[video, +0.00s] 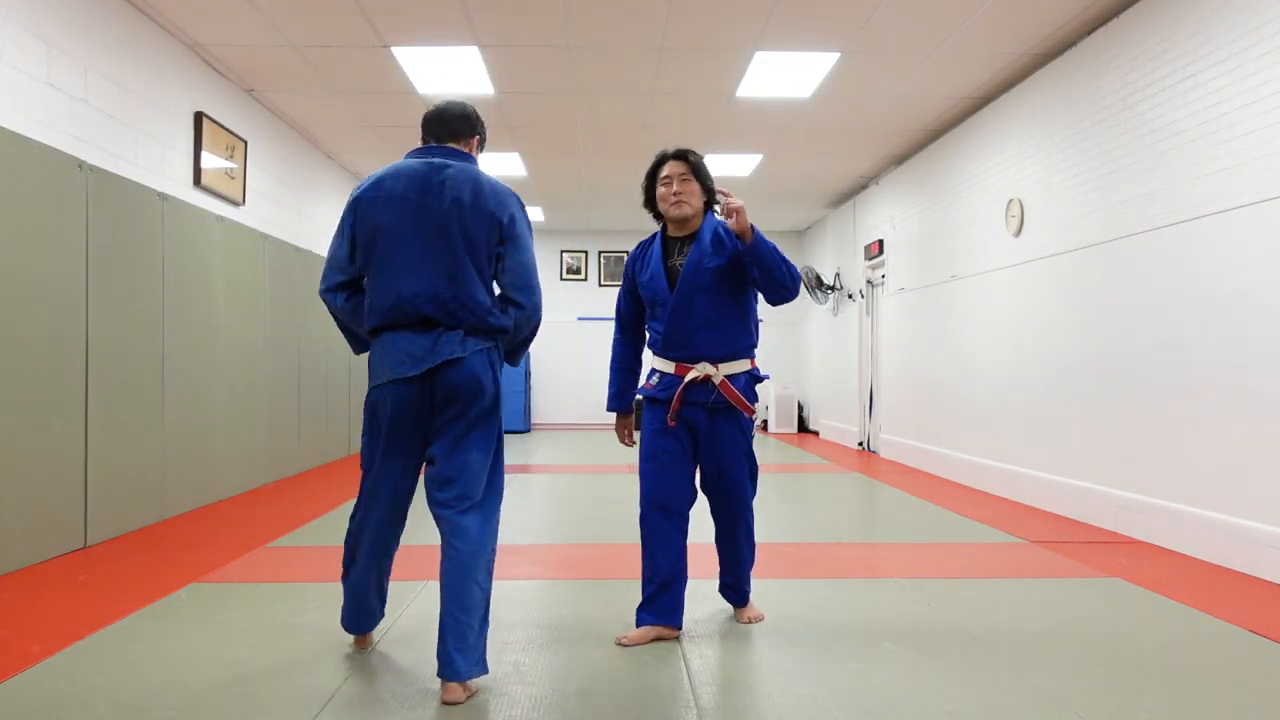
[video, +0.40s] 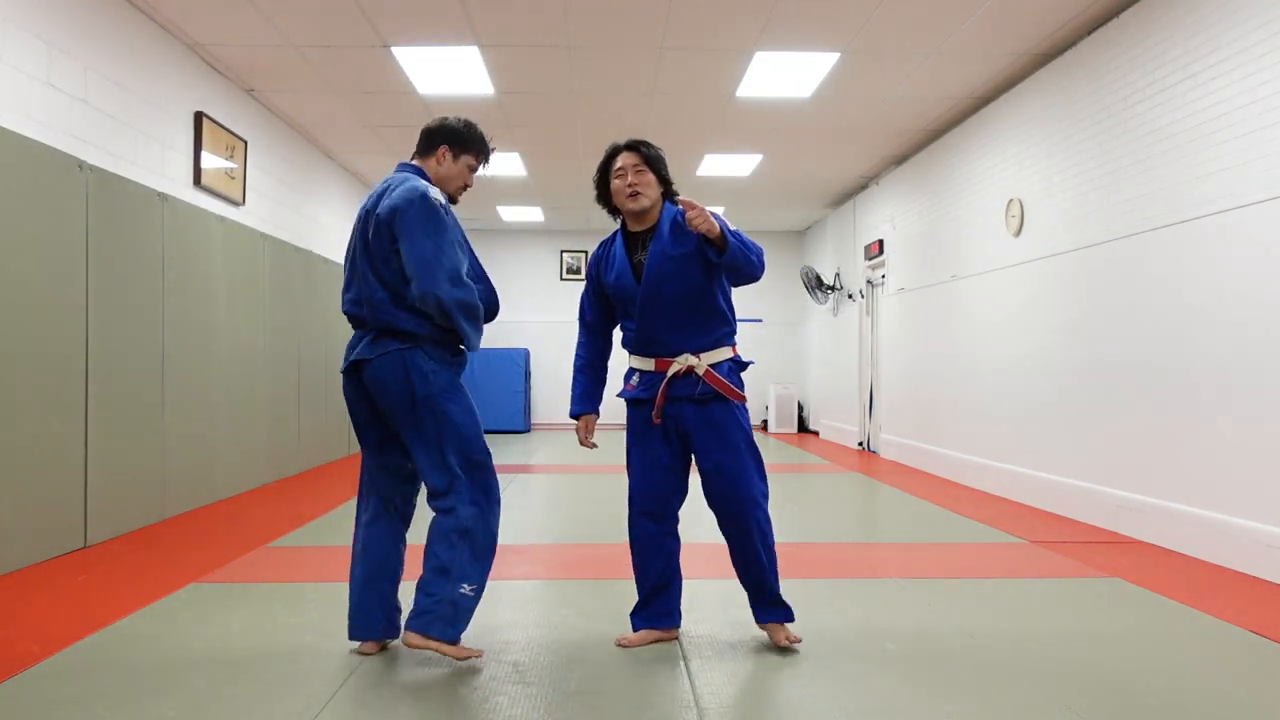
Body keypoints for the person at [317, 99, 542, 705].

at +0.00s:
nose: (482, 155)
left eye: (479, 147)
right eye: (483, 147)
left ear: (421, 138)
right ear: (474, 143)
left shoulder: (372, 190)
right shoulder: (497, 198)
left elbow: (336, 284)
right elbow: (527, 299)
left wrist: (374, 337)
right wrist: (500, 351)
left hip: (395, 363)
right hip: (469, 363)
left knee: (381, 497)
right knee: (467, 511)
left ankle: (360, 619)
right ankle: (458, 673)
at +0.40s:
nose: (471, 183)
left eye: (476, 173)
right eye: (471, 169)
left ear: (435, 156)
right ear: (442, 155)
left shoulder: (380, 198)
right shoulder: (417, 197)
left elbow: (358, 293)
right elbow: (442, 286)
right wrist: (473, 318)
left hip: (367, 364)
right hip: (416, 363)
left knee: (385, 493)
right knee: (469, 489)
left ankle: (371, 628)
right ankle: (434, 624)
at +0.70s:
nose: (480, 187)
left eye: (486, 177)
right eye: (479, 173)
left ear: (448, 162)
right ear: (448, 157)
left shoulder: (429, 203)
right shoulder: (415, 198)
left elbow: (462, 279)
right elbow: (420, 283)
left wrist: (472, 325)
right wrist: (465, 327)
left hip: (402, 361)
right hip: (415, 365)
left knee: (402, 487)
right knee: (431, 491)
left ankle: (372, 618)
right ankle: (423, 625)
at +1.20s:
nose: (509, 190)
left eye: (515, 180)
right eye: (505, 177)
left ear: (491, 172)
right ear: (473, 162)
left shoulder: (482, 217)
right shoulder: (432, 204)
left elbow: (495, 288)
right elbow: (415, 278)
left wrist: (510, 329)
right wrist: (469, 320)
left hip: (468, 368)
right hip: (429, 367)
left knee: (481, 485)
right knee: (430, 493)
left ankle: (490, 593)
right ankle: (419, 627)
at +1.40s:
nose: (528, 190)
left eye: (534, 181)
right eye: (524, 177)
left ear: (529, 179)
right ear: (497, 164)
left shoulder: (510, 220)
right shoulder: (452, 204)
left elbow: (528, 289)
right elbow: (432, 282)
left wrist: (529, 331)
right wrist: (477, 331)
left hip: (498, 374)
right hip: (449, 370)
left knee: (497, 489)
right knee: (434, 494)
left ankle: (500, 599)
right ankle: (419, 625)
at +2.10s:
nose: (546, 183)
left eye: (552, 175)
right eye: (539, 172)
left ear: (553, 178)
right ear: (513, 166)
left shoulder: (540, 223)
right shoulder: (474, 220)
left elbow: (568, 280)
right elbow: (457, 292)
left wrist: (557, 318)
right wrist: (504, 344)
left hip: (520, 371)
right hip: (474, 369)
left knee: (513, 486)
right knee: (459, 487)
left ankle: (502, 598)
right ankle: (434, 610)